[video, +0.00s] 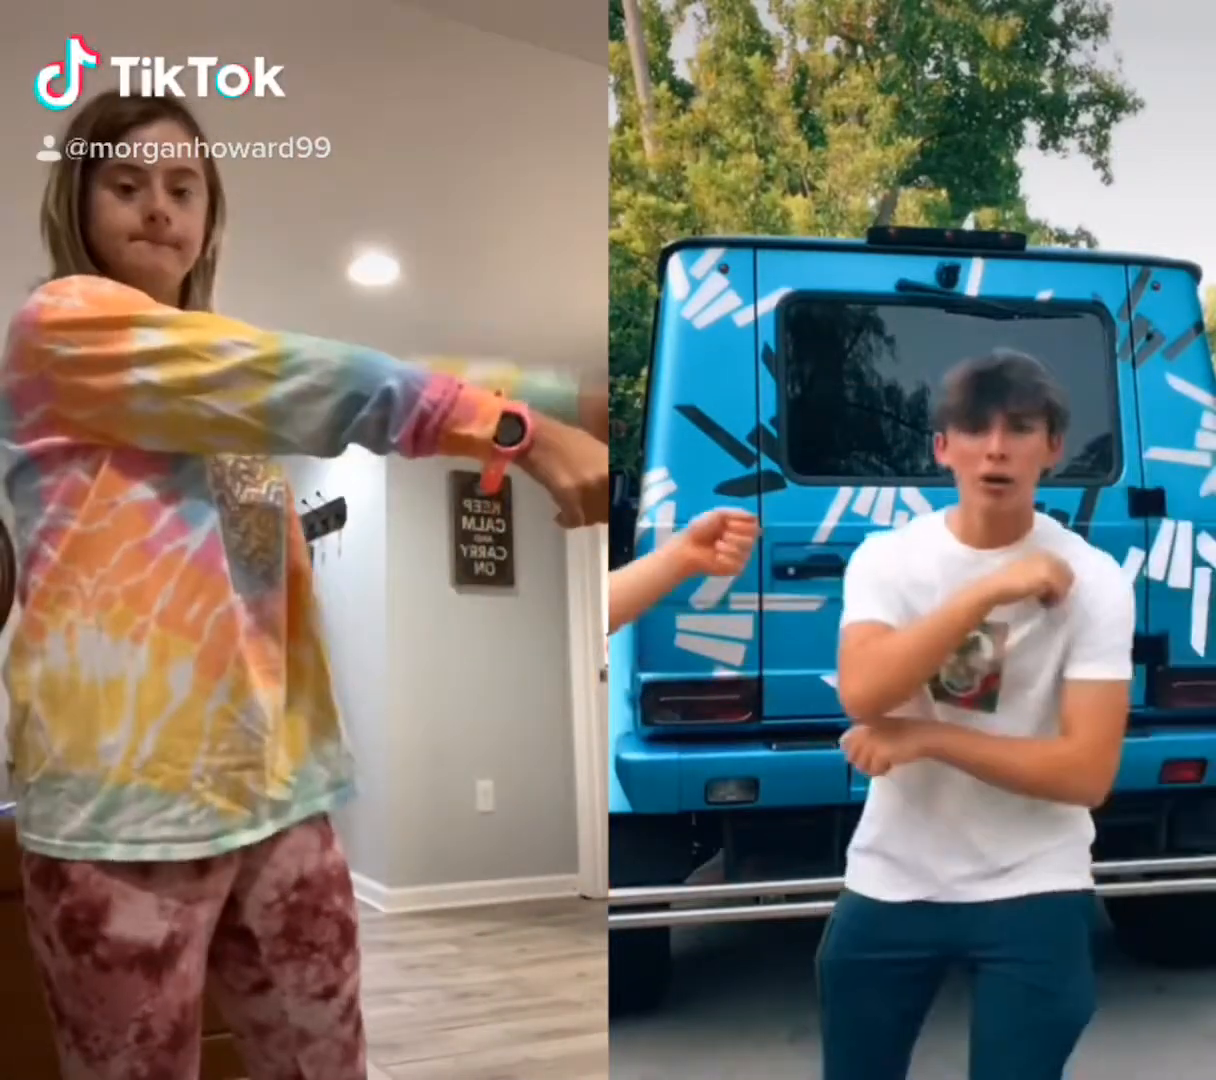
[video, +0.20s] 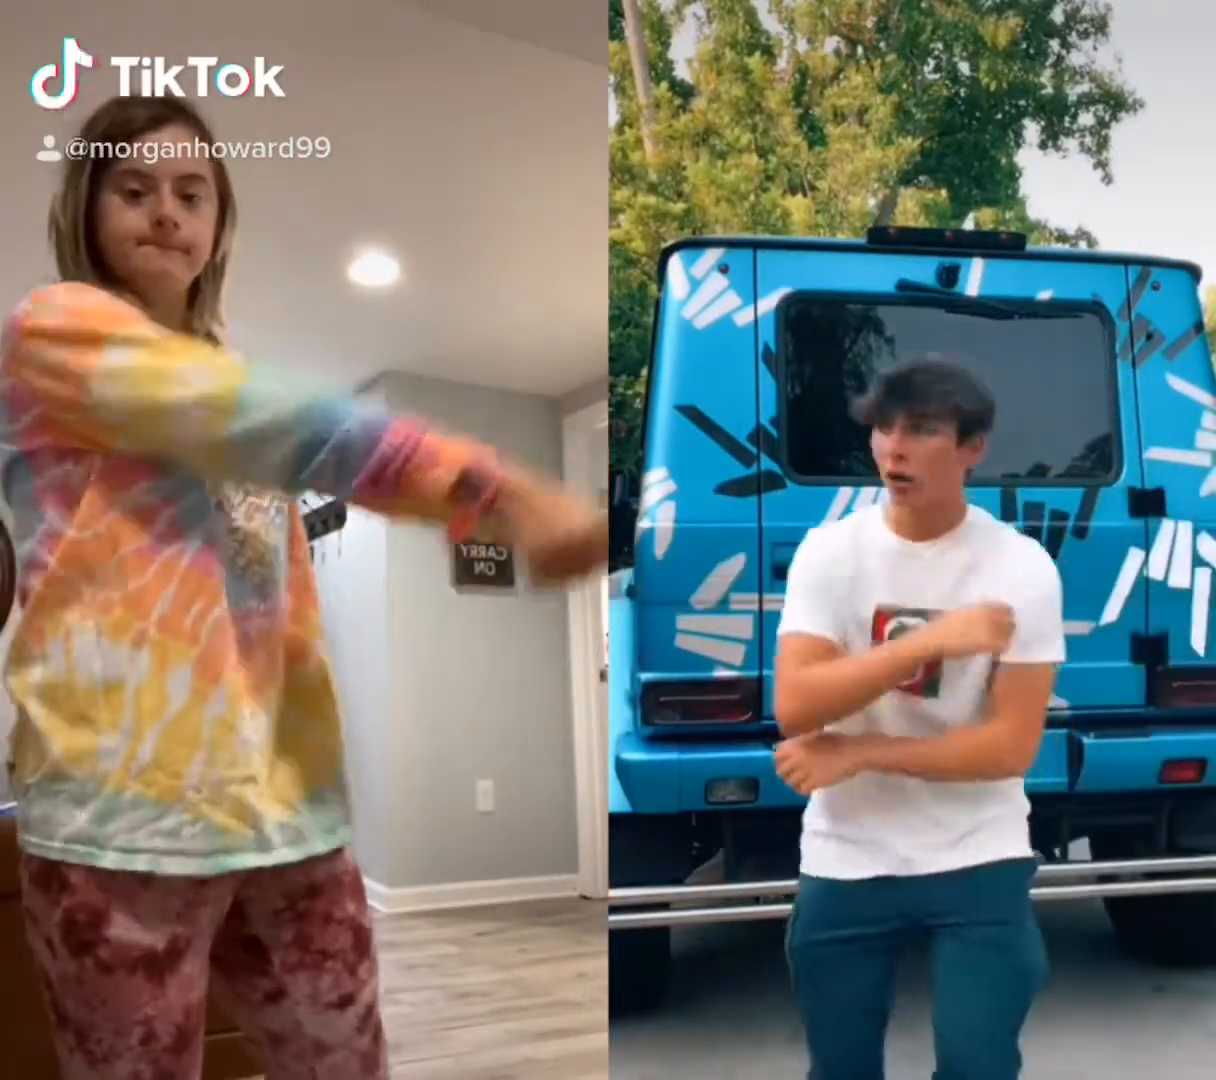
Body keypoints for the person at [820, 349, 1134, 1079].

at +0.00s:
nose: (996, 449)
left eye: (1018, 428)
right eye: (977, 429)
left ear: (1052, 449)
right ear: (945, 449)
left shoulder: (1095, 581)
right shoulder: (886, 560)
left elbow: (1088, 772)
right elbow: (863, 691)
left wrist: (930, 735)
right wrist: (987, 590)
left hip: (1034, 886)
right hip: (892, 880)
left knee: (1017, 1067)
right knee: (853, 1067)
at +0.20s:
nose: (893, 448)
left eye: (918, 431)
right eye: (886, 429)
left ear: (971, 451)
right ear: (872, 438)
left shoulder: (1021, 570)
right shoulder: (827, 553)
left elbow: (1012, 746)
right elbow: (796, 702)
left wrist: (861, 752)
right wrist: (932, 640)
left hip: (980, 863)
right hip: (844, 864)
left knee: (978, 1065)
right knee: (840, 1067)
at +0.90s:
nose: (882, 467)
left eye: (901, 452)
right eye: (864, 450)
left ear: (924, 472)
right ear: (827, 468)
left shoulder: (962, 574)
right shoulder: (778, 583)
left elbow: (969, 719)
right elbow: (768, 735)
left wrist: (858, 622)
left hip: (944, 866)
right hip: (818, 877)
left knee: (963, 1063)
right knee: (832, 1066)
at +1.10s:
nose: (900, 432)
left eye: (920, 416)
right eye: (882, 414)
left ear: (945, 434)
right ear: (845, 428)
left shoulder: (980, 536)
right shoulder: (787, 537)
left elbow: (1009, 697)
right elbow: (794, 679)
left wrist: (889, 606)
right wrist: (931, 600)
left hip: (952, 837)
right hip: (824, 853)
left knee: (971, 1056)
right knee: (842, 1062)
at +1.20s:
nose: (911, 441)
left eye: (931, 423)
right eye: (891, 422)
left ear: (960, 437)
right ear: (858, 438)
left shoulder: (999, 558)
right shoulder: (806, 551)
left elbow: (1027, 724)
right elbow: (810, 720)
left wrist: (928, 666)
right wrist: (938, 673)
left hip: (966, 854)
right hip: (838, 862)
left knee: (963, 1063)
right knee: (853, 1062)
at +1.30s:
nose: (926, 470)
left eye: (946, 451)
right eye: (905, 453)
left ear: (977, 470)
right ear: (873, 477)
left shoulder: (1016, 589)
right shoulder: (815, 592)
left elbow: (1051, 749)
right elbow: (811, 755)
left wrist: (1001, 718)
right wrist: (884, 764)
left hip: (980, 879)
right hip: (850, 893)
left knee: (980, 1068)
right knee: (858, 1068)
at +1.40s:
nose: (930, 469)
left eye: (951, 449)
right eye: (909, 452)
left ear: (982, 470)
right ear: (876, 476)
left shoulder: (1025, 593)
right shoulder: (819, 596)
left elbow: (1085, 769)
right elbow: (803, 782)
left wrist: (1036, 704)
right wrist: (882, 712)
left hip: (985, 893)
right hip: (854, 901)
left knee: (990, 1070)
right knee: (873, 1069)